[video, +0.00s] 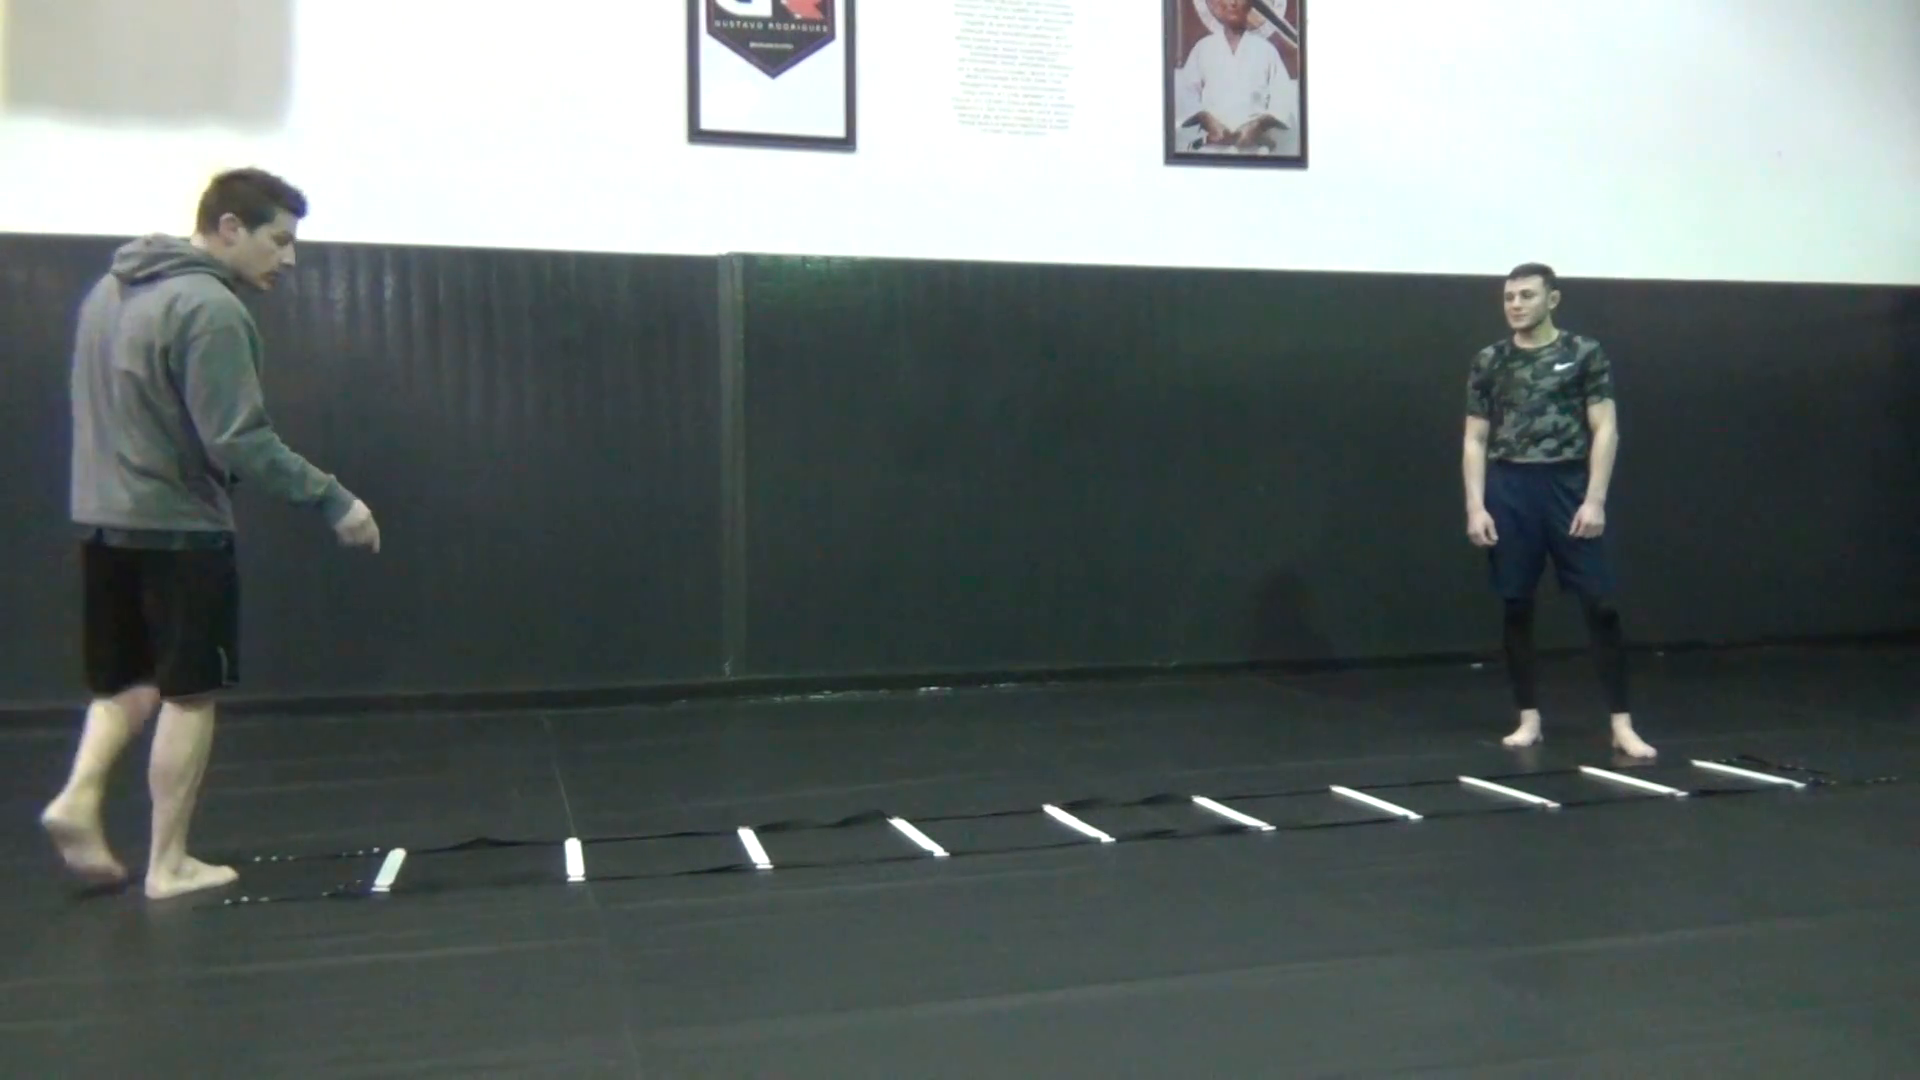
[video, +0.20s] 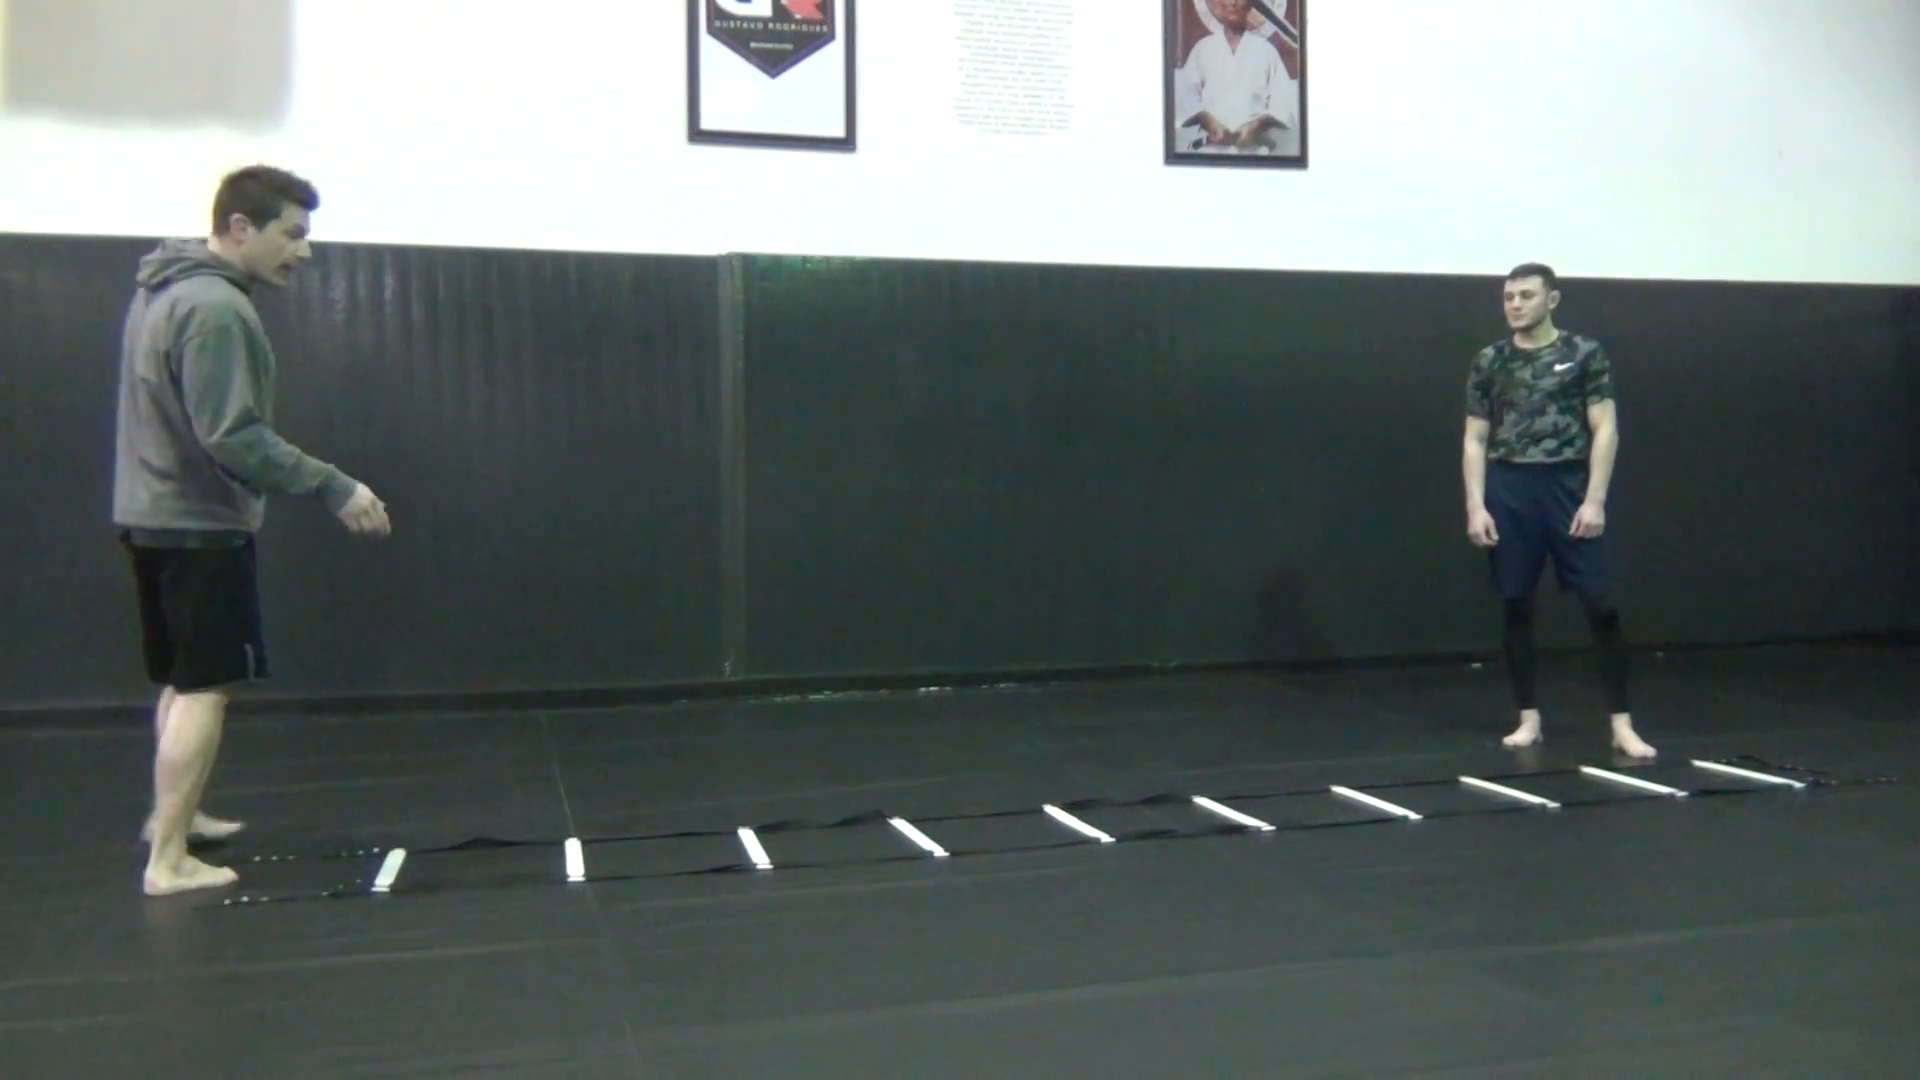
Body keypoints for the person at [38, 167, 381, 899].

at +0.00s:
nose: (287, 260)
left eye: (291, 244)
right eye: (279, 241)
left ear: (222, 231)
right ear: (227, 228)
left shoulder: (111, 288)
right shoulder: (210, 308)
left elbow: (106, 404)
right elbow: (238, 439)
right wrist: (335, 500)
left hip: (106, 521)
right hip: (180, 528)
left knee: (132, 681)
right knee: (192, 691)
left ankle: (77, 799)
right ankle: (168, 864)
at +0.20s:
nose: (303, 251)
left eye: (305, 236)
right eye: (293, 234)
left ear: (232, 231)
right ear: (238, 228)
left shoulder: (166, 289)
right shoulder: (216, 308)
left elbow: (172, 419)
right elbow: (233, 435)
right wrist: (337, 488)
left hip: (156, 520)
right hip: (198, 528)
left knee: (181, 681)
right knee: (204, 689)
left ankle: (173, 814)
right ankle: (167, 860)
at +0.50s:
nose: (332, 262)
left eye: (333, 247)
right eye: (320, 247)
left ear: (277, 250)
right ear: (267, 246)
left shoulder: (266, 315)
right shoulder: (230, 320)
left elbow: (265, 432)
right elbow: (227, 438)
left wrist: (293, 519)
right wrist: (322, 488)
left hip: (255, 529)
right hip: (222, 530)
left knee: (267, 672)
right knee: (227, 679)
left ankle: (283, 802)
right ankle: (166, 847)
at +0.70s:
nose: (355, 259)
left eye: (357, 245)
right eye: (345, 244)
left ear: (305, 247)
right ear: (297, 242)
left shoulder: (297, 312)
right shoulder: (263, 312)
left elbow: (295, 426)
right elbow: (251, 419)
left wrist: (332, 505)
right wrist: (345, 469)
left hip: (283, 515)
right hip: (258, 517)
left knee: (283, 658)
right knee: (314, 649)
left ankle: (283, 800)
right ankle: (197, 781)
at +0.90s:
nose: (381, 259)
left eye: (382, 246)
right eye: (369, 245)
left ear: (328, 248)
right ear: (322, 244)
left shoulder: (319, 311)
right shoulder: (293, 312)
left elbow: (327, 426)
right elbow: (284, 418)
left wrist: (376, 499)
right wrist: (369, 471)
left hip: (287, 512)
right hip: (302, 511)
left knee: (283, 656)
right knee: (379, 634)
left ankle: (279, 800)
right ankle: (297, 771)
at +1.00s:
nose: (396, 260)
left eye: (396, 247)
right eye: (384, 246)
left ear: (342, 249)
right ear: (337, 245)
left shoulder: (331, 312)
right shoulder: (312, 315)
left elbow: (339, 428)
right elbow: (303, 421)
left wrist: (389, 504)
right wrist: (385, 474)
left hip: (294, 513)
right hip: (324, 512)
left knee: (289, 655)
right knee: (398, 634)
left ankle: (282, 795)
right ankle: (367, 785)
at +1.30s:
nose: (450, 265)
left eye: (450, 252)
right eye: (437, 253)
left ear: (398, 258)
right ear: (392, 256)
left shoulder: (395, 320)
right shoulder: (371, 327)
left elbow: (406, 429)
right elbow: (378, 437)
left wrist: (435, 507)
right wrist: (468, 477)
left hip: (361, 518)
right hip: (383, 521)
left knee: (332, 653)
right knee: (426, 656)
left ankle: (288, 787)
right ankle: (468, 786)